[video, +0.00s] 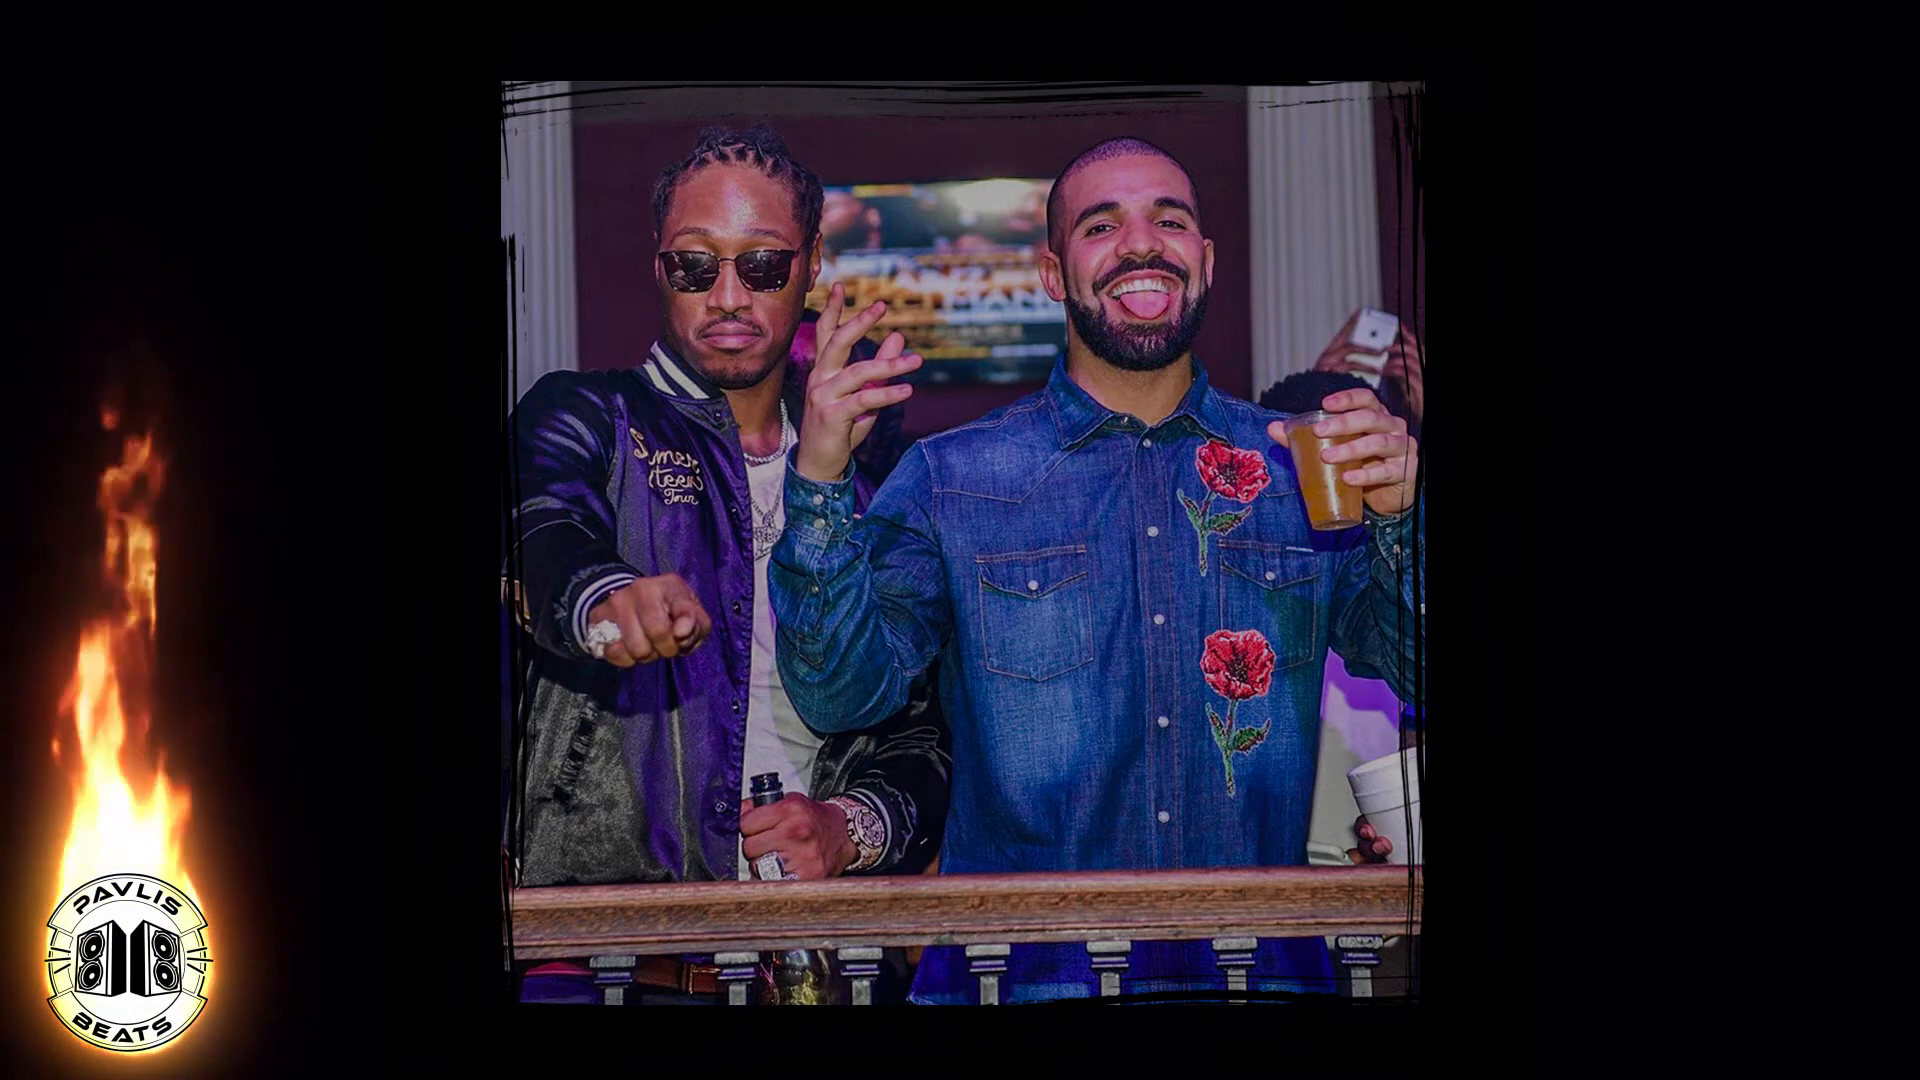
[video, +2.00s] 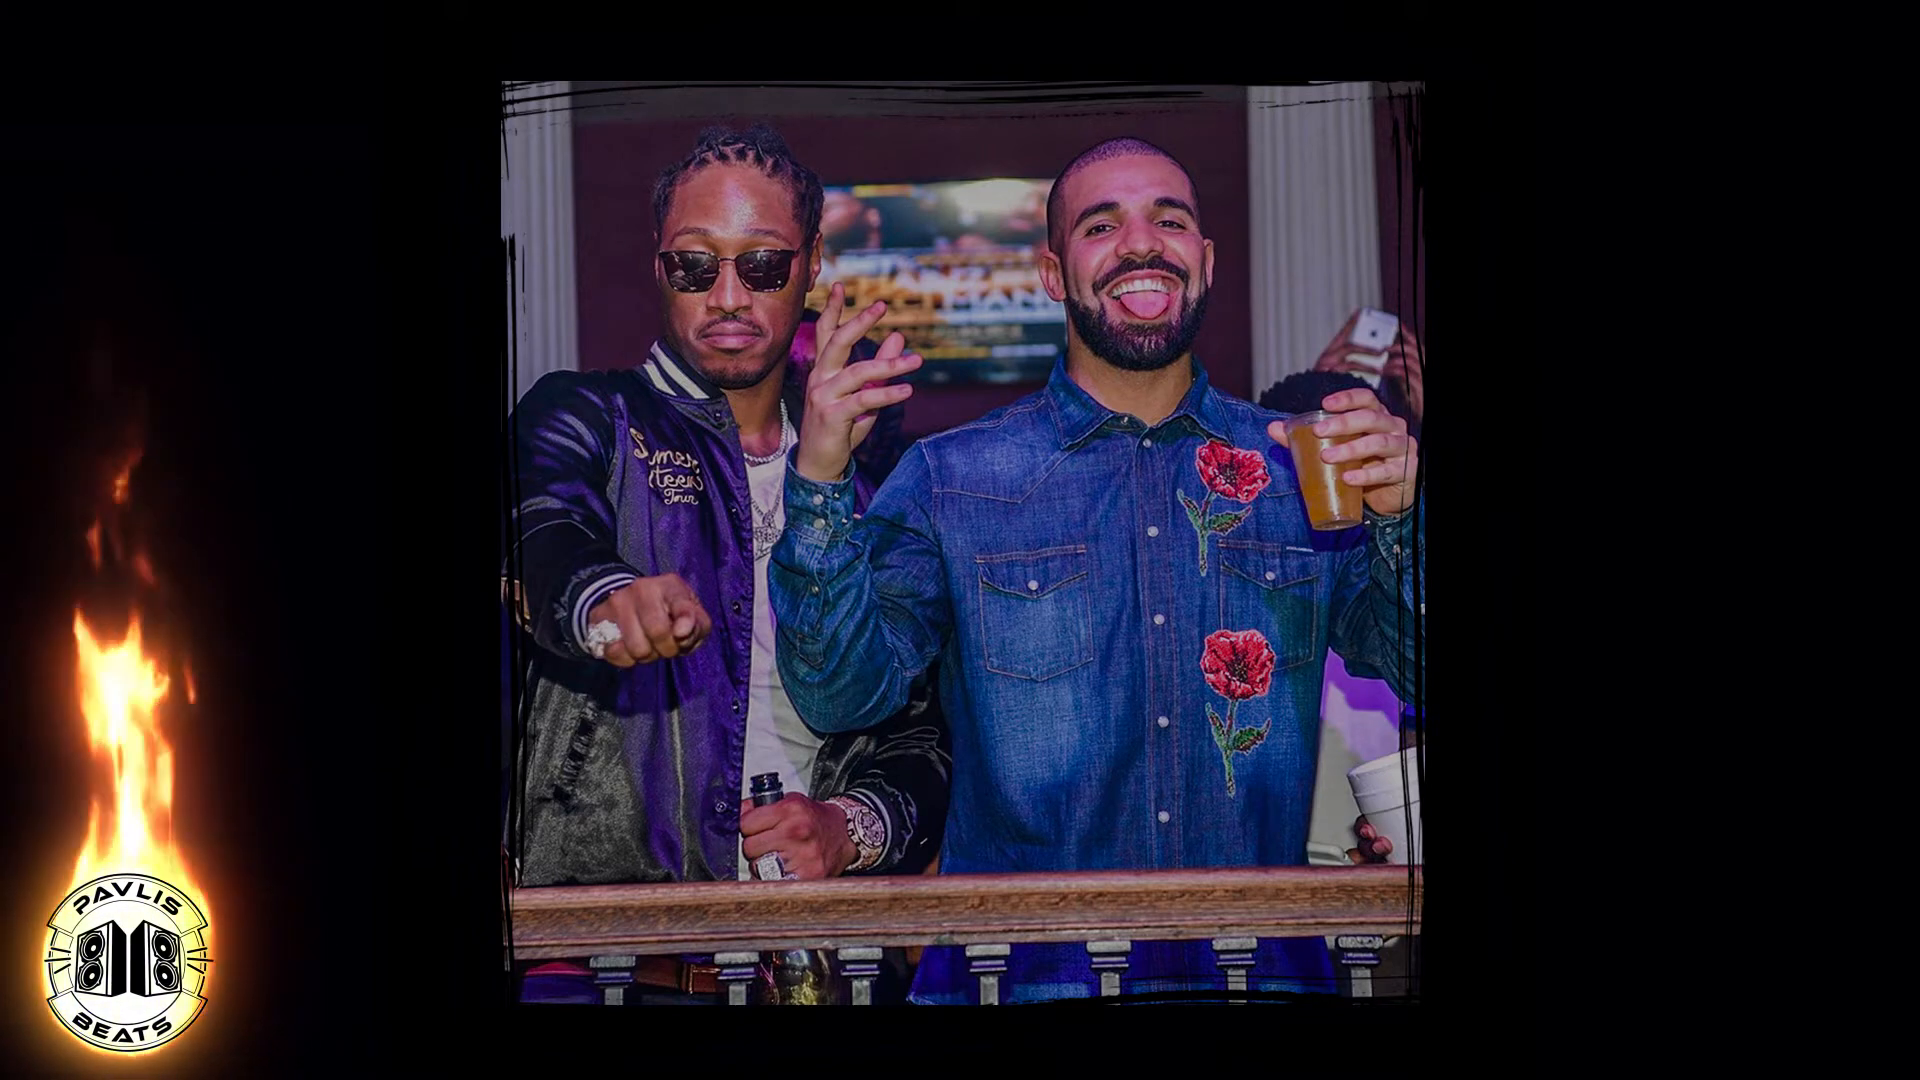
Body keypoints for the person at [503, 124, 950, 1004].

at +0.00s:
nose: (729, 296)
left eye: (763, 266)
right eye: (694, 266)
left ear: (811, 274)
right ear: (658, 274)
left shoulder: (876, 458)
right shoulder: (581, 411)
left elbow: (925, 724)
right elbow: (542, 526)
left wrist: (858, 825)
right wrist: (604, 596)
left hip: (827, 943)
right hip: (606, 943)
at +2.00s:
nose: (729, 296)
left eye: (764, 266)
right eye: (694, 266)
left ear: (811, 274)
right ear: (658, 273)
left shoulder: (879, 459)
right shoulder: (581, 412)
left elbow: (926, 724)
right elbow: (540, 525)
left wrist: (857, 825)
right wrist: (603, 595)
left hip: (827, 942)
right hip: (606, 942)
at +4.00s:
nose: (729, 296)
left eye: (763, 266)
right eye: (694, 266)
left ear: (811, 274)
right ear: (658, 272)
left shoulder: (878, 460)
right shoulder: (581, 412)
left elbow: (926, 726)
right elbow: (540, 525)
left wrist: (857, 826)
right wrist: (602, 595)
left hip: (827, 944)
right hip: (605, 943)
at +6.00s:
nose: (729, 296)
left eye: (764, 266)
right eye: (694, 266)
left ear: (811, 274)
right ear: (658, 272)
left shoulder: (878, 460)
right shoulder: (581, 412)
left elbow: (926, 725)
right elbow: (540, 525)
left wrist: (857, 826)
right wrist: (602, 595)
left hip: (827, 944)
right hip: (605, 943)